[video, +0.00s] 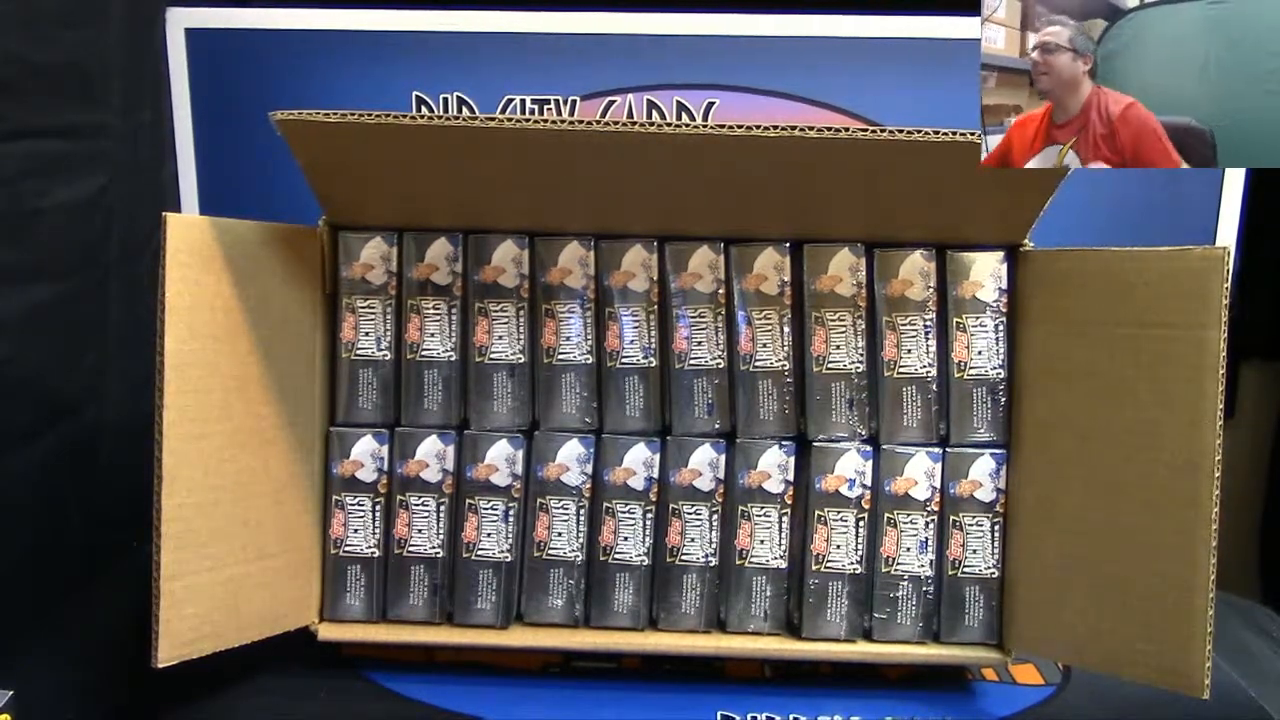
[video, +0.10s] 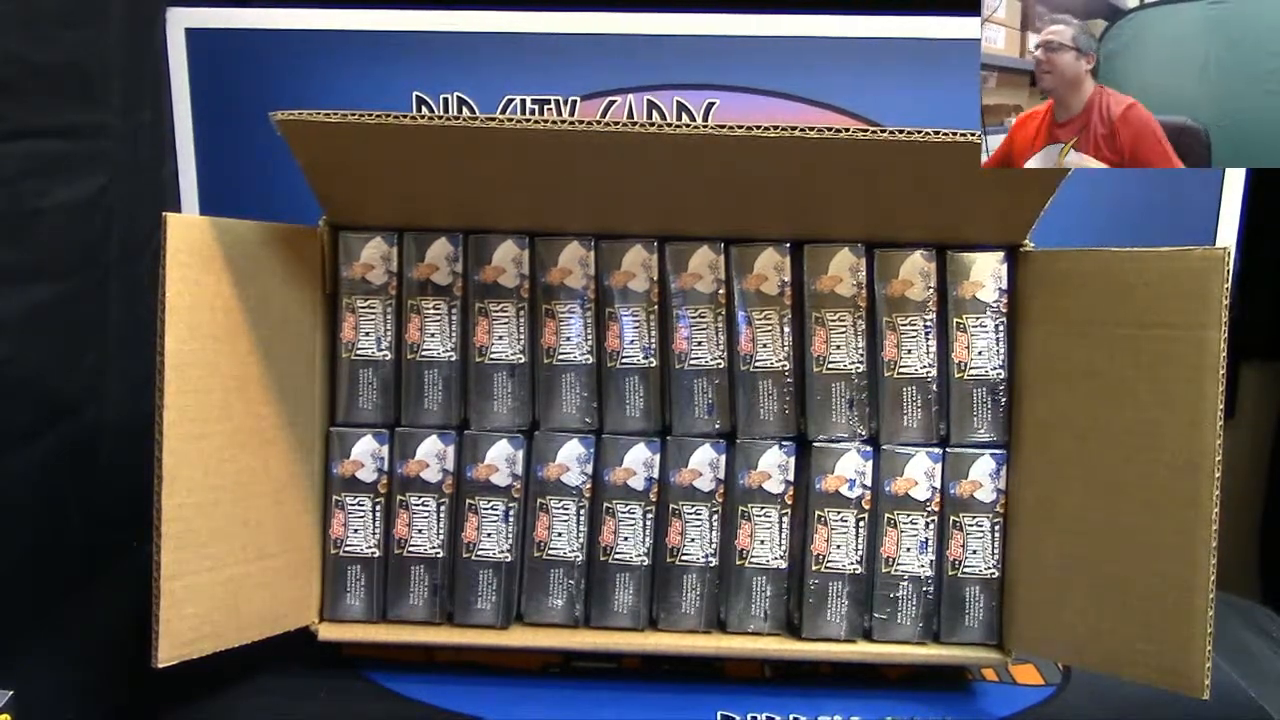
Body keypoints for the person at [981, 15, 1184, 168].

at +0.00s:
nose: (1033, 58)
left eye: (1048, 49)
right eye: (1033, 50)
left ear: (1084, 62)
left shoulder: (1125, 116)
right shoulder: (1024, 128)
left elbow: (1179, 185)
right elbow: (979, 181)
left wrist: (1111, 180)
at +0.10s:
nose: (1038, 56)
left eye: (1052, 48)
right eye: (1036, 49)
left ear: (1088, 60)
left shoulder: (1126, 116)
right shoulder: (1026, 125)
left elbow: (1176, 187)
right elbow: (984, 180)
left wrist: (1102, 174)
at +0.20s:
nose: (1042, 54)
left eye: (1056, 46)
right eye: (1040, 48)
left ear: (1092, 60)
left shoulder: (1128, 117)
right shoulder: (1031, 121)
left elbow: (1172, 191)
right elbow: (991, 181)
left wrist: (1083, 171)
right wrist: (1032, 169)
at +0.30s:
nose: (1053, 54)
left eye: (1067, 46)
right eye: (1052, 47)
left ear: (1103, 60)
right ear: (1049, 52)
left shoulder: (1134, 119)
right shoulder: (1041, 116)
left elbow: (1158, 199)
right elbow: (1007, 175)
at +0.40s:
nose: (1053, 54)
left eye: (1067, 46)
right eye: (1052, 47)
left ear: (1103, 60)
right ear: (1049, 52)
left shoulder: (1134, 119)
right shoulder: (1041, 116)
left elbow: (1158, 199)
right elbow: (1007, 175)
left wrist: (1055, 180)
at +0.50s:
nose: (1066, 55)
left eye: (1081, 48)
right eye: (1065, 48)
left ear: (1114, 62)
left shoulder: (1139, 121)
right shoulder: (1054, 112)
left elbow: (1133, 198)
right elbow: (1014, 162)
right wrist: (1022, 167)